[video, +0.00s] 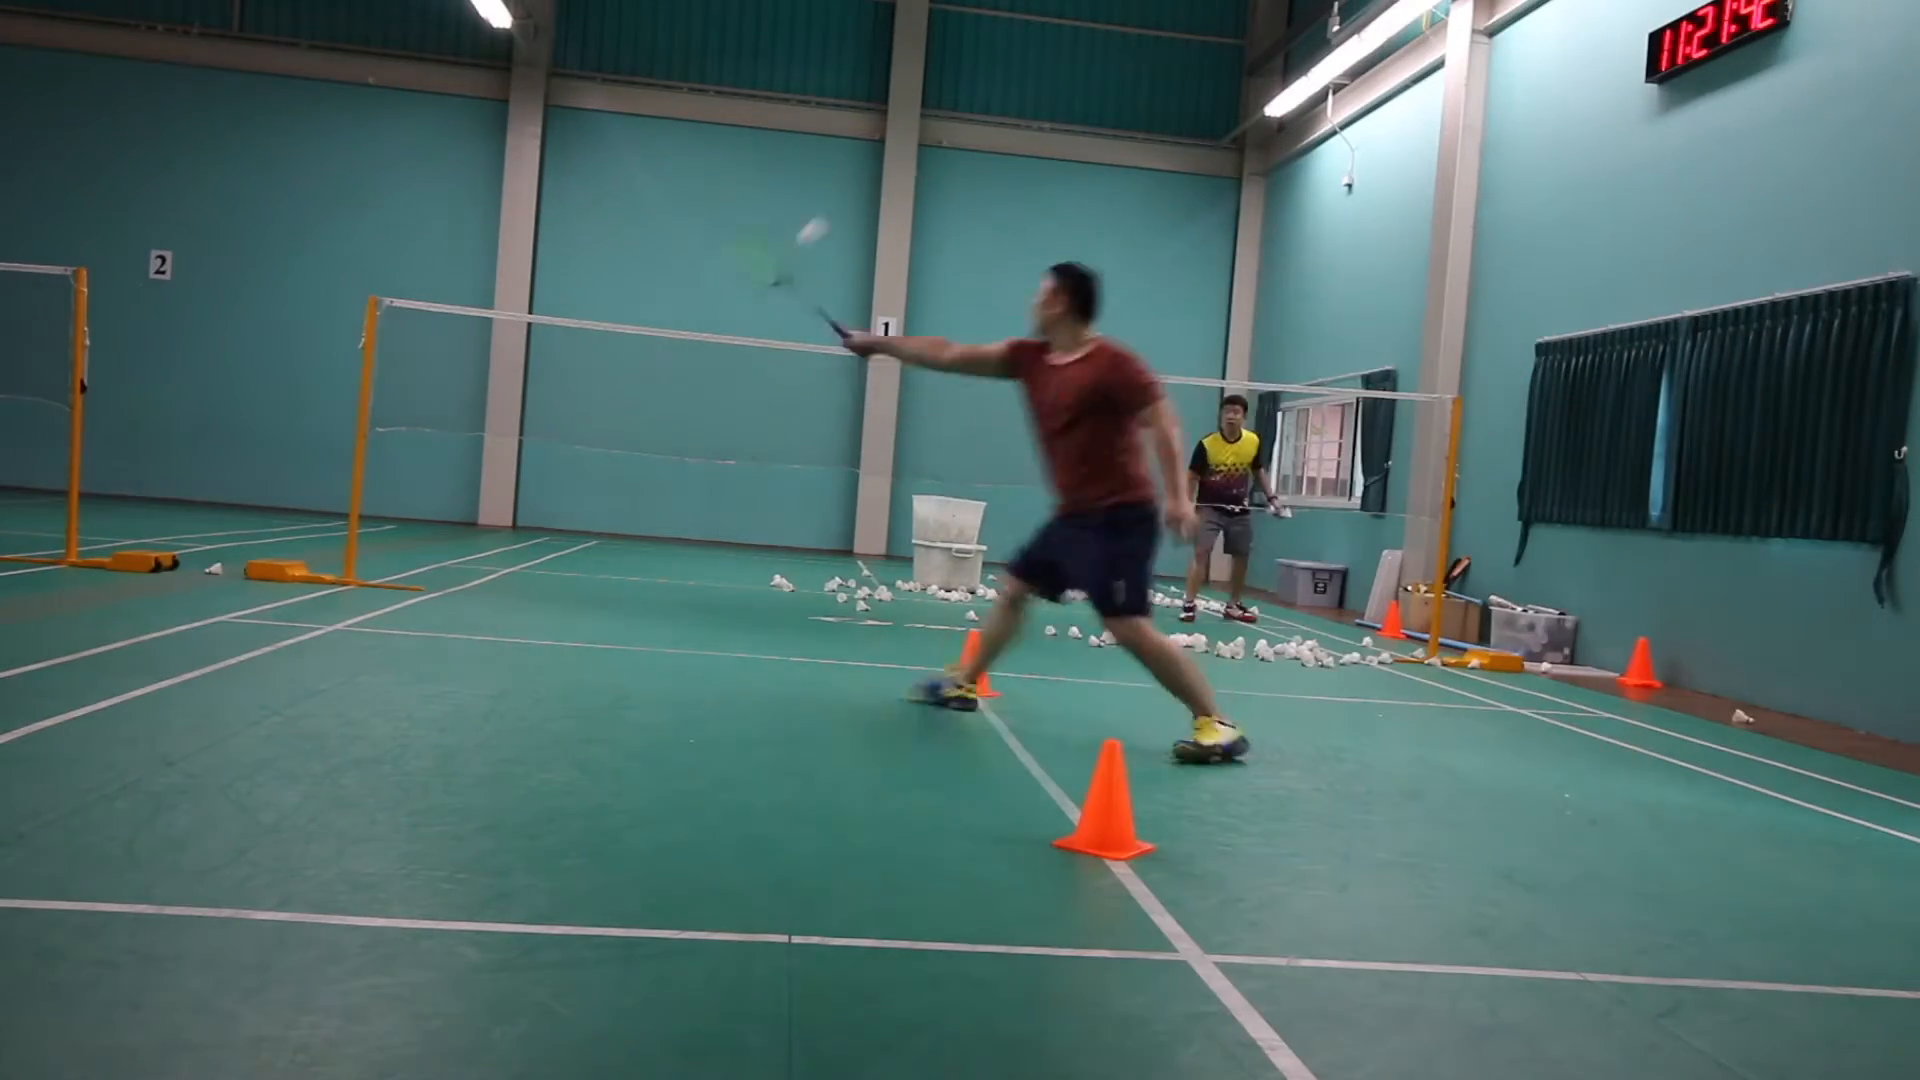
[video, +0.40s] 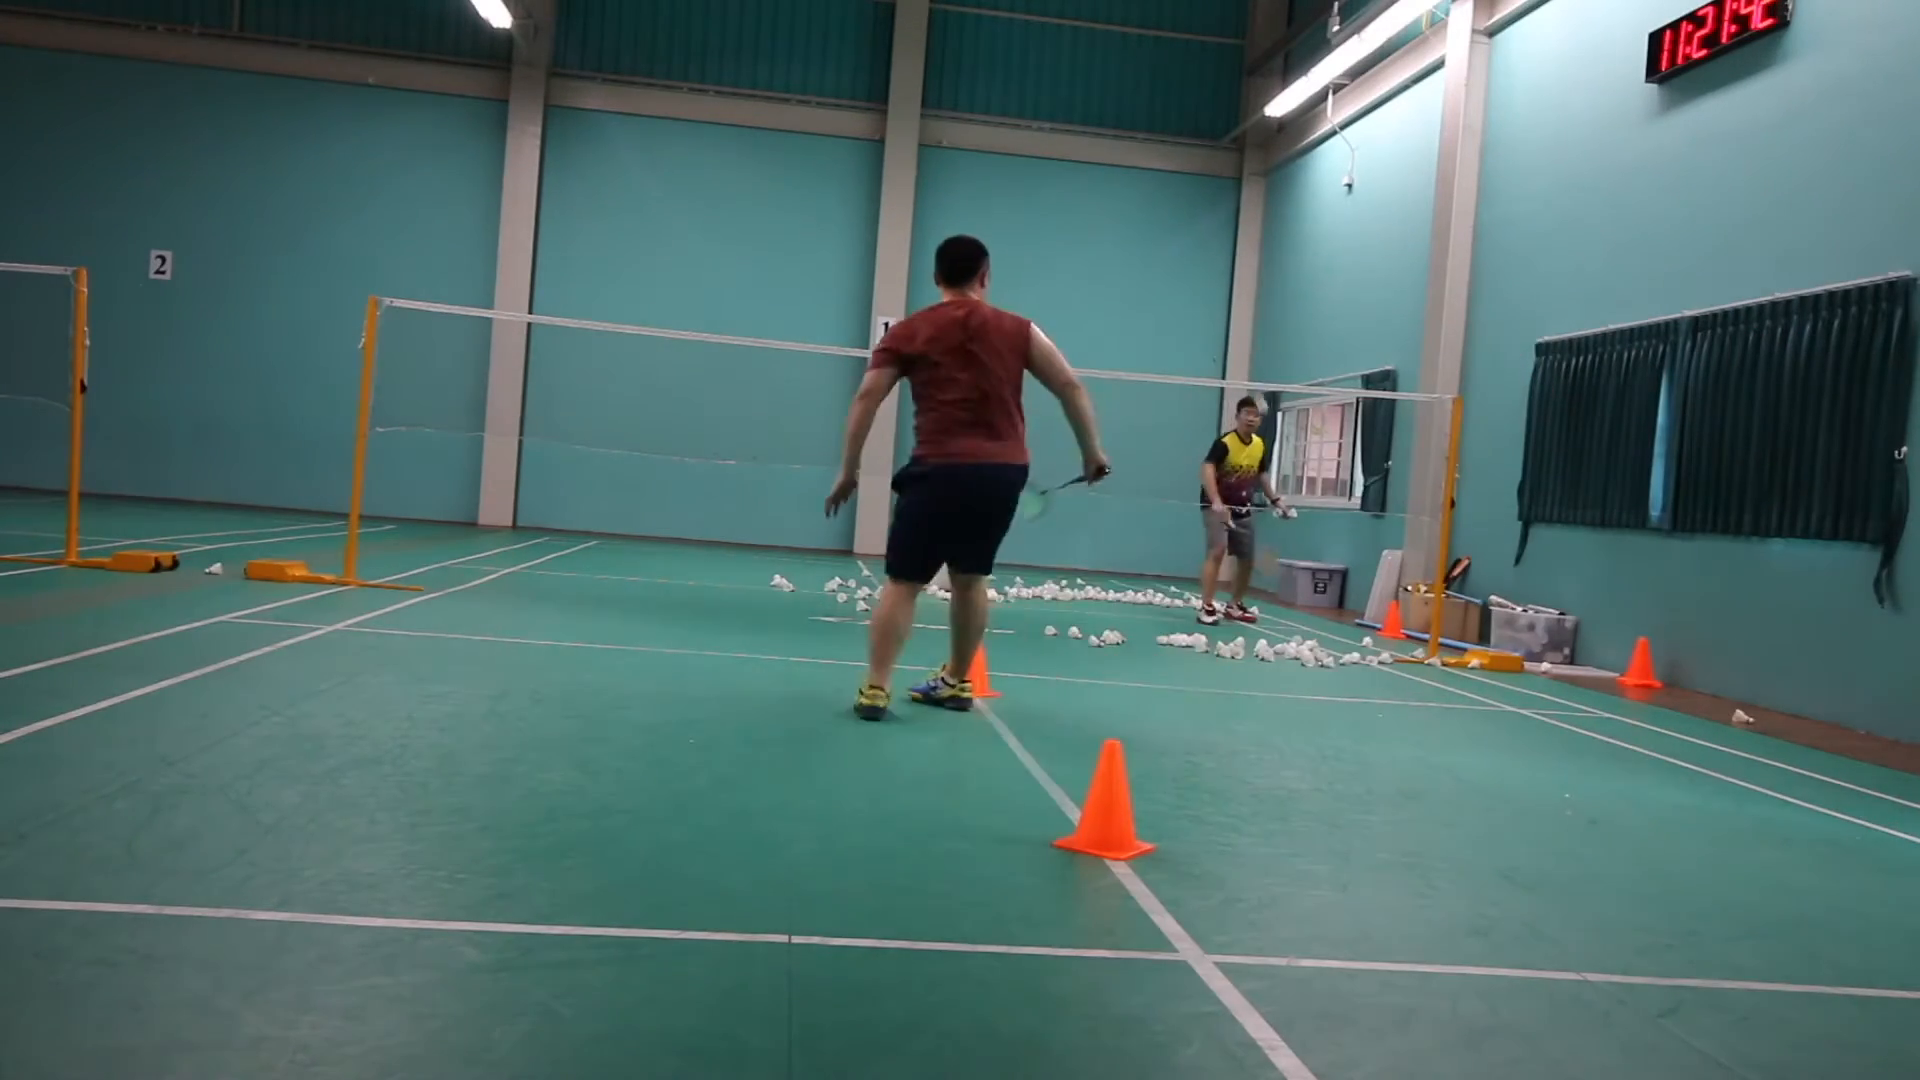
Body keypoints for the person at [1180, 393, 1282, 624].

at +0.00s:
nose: (1231, 417)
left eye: (1236, 413)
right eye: (1227, 412)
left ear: (1244, 417)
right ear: (1221, 416)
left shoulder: (1253, 442)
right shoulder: (1206, 445)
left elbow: (1258, 470)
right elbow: (1192, 478)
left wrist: (1271, 496)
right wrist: (1188, 507)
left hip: (1239, 511)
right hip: (1210, 509)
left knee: (1241, 557)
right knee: (1201, 553)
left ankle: (1234, 604)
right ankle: (1190, 601)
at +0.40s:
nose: (1251, 419)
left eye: (1255, 415)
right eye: (1247, 414)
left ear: (1260, 420)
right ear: (1237, 417)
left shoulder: (1260, 445)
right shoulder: (1224, 443)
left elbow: (1261, 475)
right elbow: (1208, 469)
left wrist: (1275, 499)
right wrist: (1217, 502)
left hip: (1243, 507)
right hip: (1218, 505)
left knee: (1246, 558)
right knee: (1218, 551)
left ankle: (1236, 604)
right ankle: (1208, 605)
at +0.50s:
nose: (1256, 419)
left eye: (1260, 415)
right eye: (1251, 413)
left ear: (1263, 420)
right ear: (1240, 416)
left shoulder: (1257, 447)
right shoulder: (1227, 436)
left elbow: (1254, 476)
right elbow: (1222, 444)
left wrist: (1268, 500)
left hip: (1240, 509)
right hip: (1216, 505)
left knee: (1245, 557)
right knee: (1219, 550)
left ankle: (1236, 604)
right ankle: (1207, 605)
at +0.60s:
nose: (1257, 410)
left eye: (1261, 407)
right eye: (1252, 405)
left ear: (1264, 414)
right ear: (1240, 410)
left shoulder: (1257, 444)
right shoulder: (1229, 428)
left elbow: (1248, 475)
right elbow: (1224, 408)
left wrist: (1261, 497)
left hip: (1241, 505)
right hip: (1219, 501)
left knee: (1241, 555)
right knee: (1222, 551)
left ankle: (1232, 603)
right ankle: (1208, 605)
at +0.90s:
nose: (1261, 406)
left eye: (1265, 405)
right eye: (1256, 403)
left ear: (1267, 414)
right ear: (1246, 409)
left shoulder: (1265, 444)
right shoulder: (1230, 424)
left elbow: (1264, 481)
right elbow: (1203, 410)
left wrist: (1280, 509)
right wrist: (1207, 378)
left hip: (1251, 503)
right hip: (1223, 496)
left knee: (1244, 556)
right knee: (1215, 548)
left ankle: (1232, 604)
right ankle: (1197, 600)